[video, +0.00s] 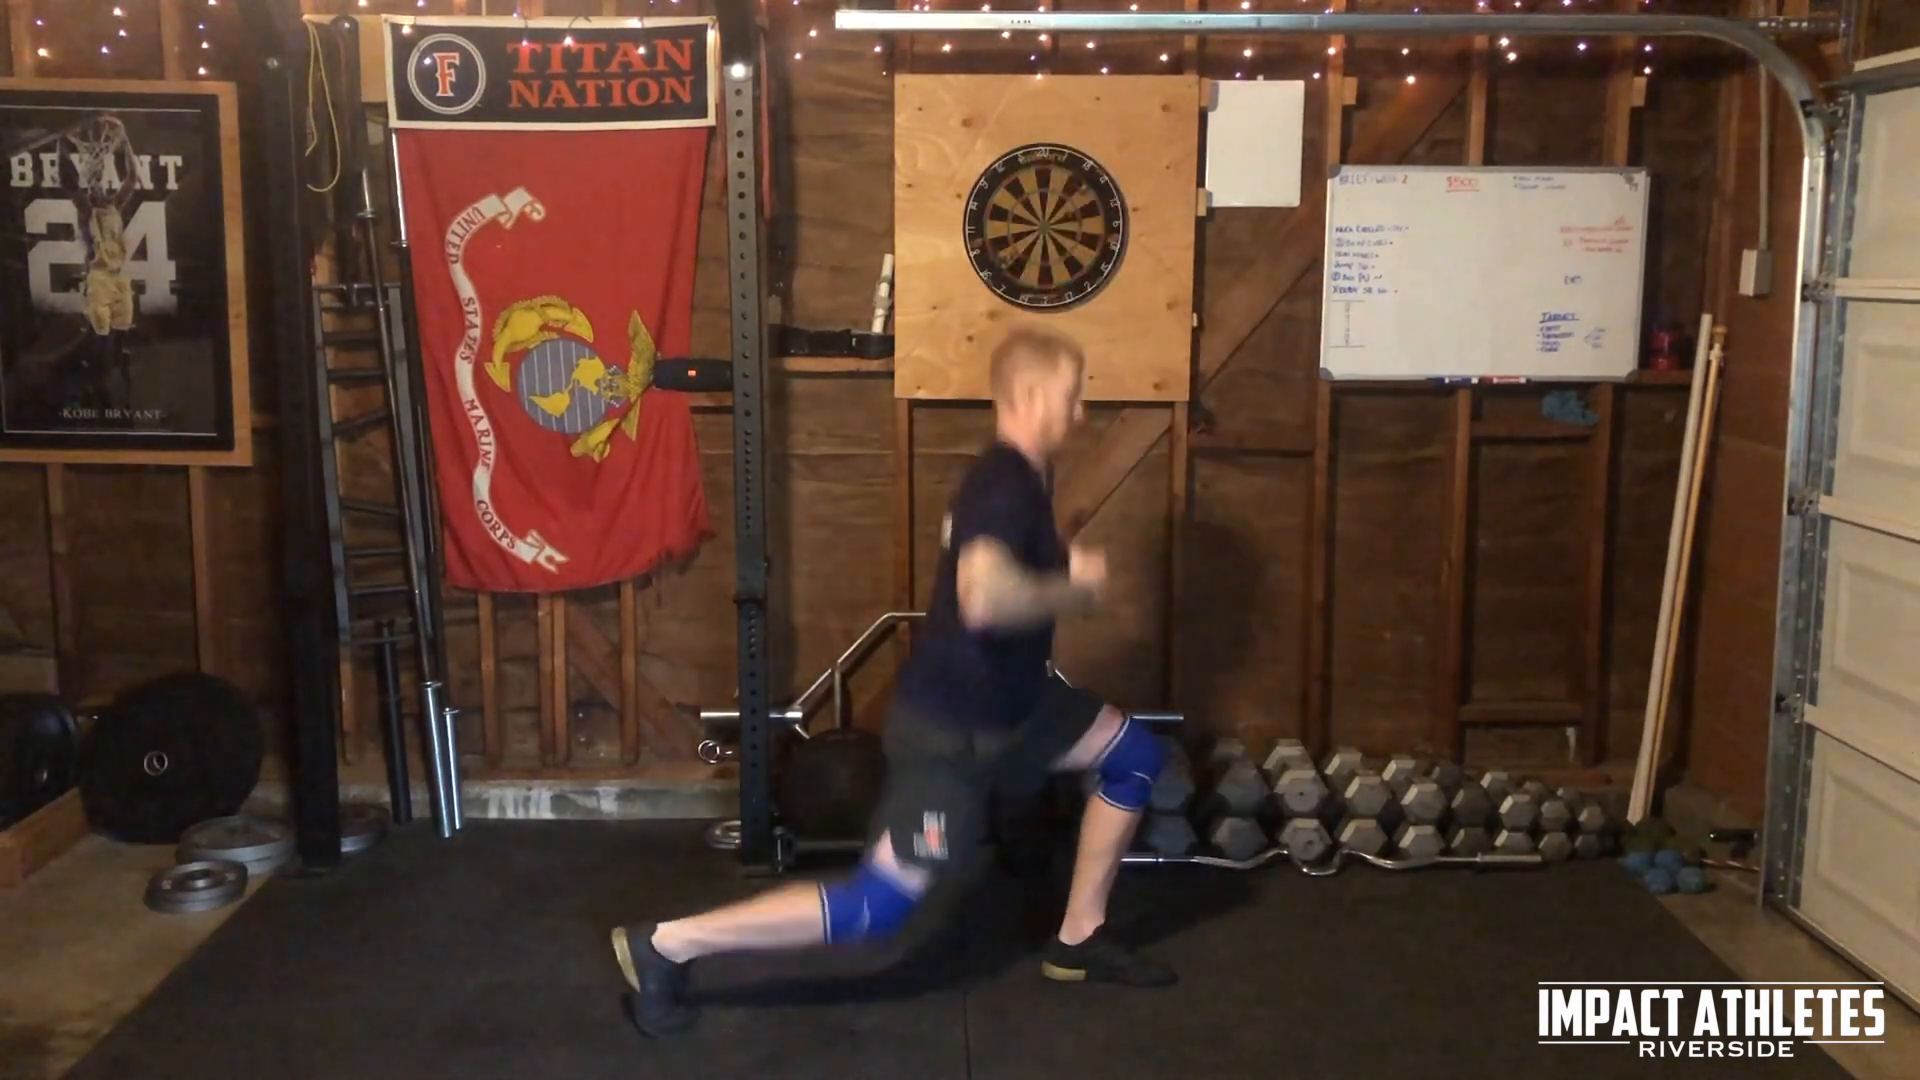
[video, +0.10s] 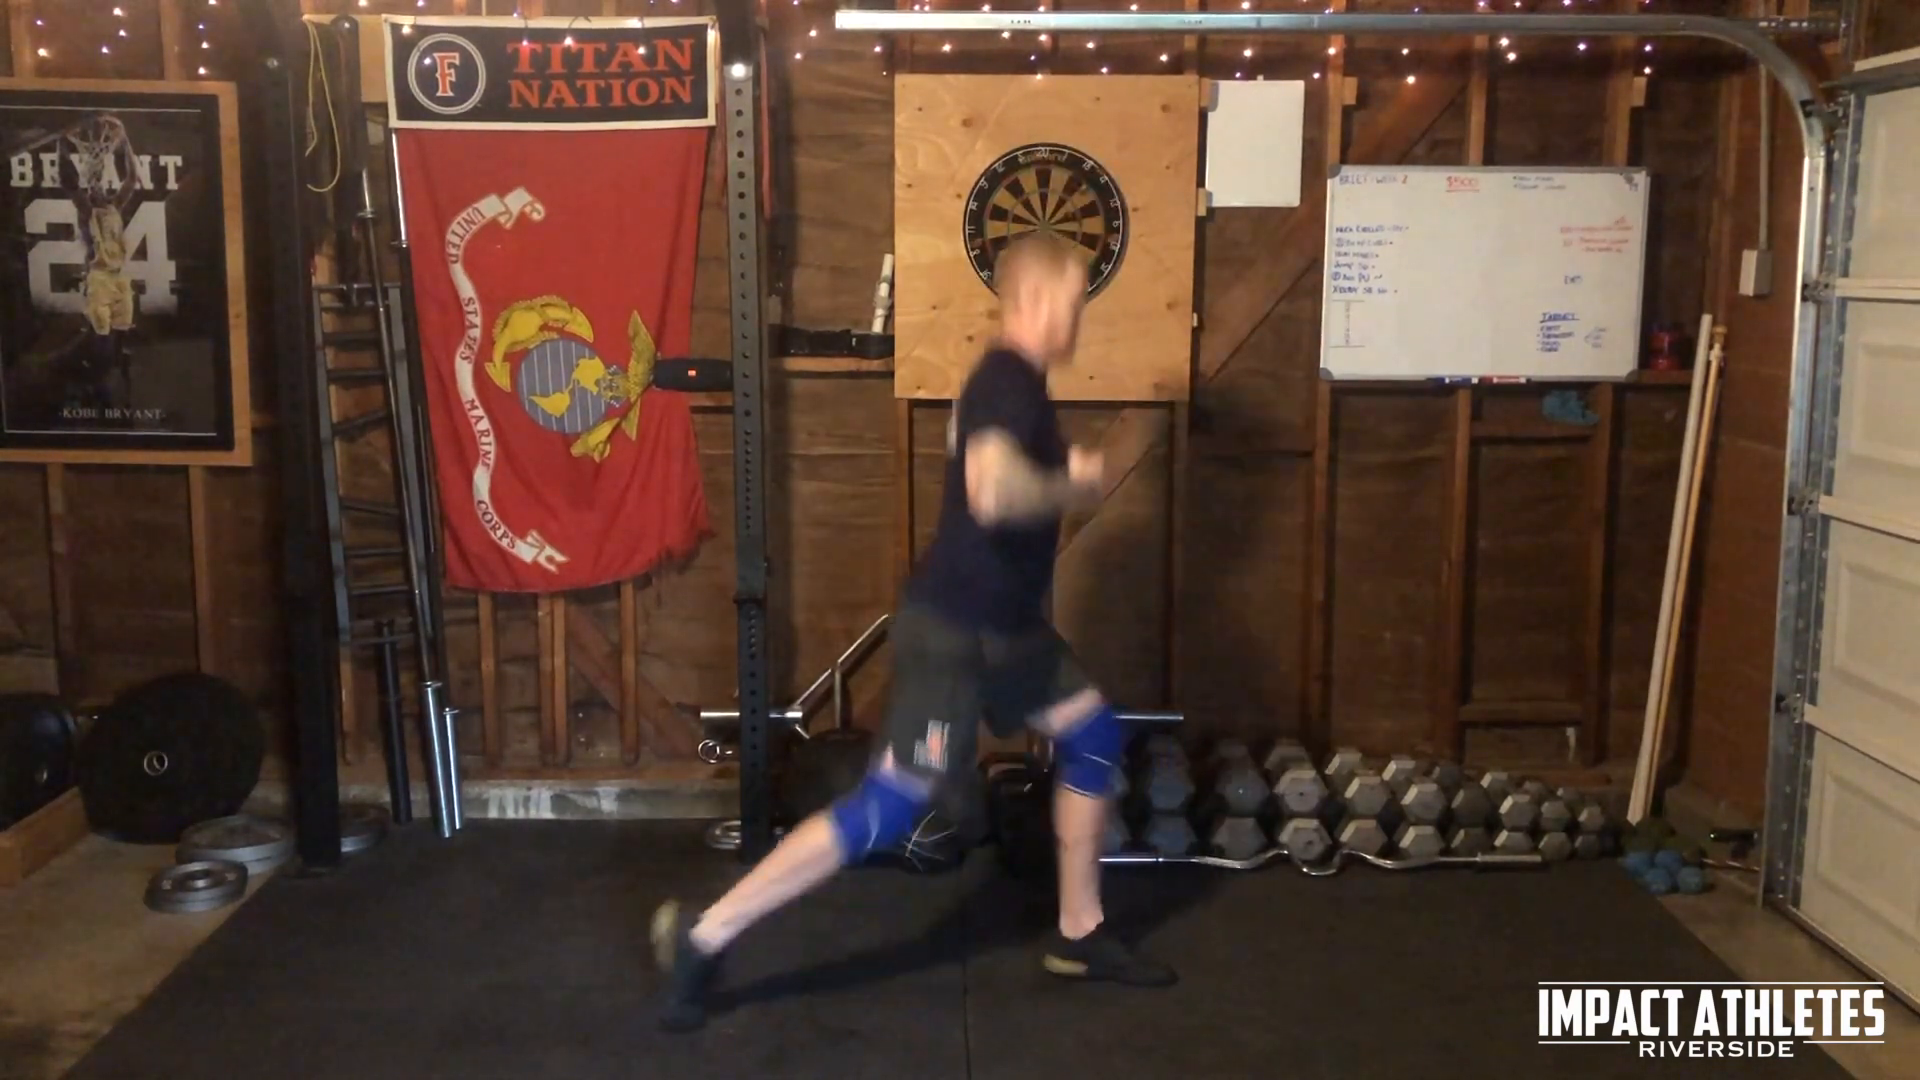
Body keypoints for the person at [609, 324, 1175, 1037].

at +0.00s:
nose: (1079, 411)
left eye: (1078, 395)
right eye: (1072, 395)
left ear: (1021, 399)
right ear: (1027, 399)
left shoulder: (1024, 475)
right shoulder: (1003, 481)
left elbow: (962, 542)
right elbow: (984, 598)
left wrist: (1060, 565)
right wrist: (1073, 588)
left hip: (1015, 698)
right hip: (947, 717)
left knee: (1136, 756)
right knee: (882, 902)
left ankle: (1080, 934)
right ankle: (663, 944)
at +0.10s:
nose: (1079, 317)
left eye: (1080, 300)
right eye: (1070, 300)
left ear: (1039, 303)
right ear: (1030, 300)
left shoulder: (1028, 384)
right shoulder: (1002, 378)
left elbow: (1012, 488)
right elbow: (993, 488)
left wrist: (1068, 476)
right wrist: (1076, 480)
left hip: (1009, 628)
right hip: (949, 627)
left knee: (1093, 739)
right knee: (894, 804)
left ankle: (1081, 929)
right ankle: (702, 935)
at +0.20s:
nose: (1097, 245)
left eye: (1099, 229)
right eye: (1090, 226)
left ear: (1042, 226)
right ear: (1043, 221)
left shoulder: (1031, 304)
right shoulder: (1009, 295)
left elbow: (999, 406)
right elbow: (987, 405)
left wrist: (1059, 411)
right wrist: (1070, 416)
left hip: (995, 548)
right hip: (949, 546)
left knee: (1034, 713)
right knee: (944, 741)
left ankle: (1009, 892)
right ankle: (777, 896)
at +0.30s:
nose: (1102, 222)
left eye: (1105, 205)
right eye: (1098, 203)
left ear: (1040, 193)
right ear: (1055, 192)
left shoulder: (1016, 267)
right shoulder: (1020, 264)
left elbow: (978, 372)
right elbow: (975, 370)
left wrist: (1050, 391)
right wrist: (1065, 401)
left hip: (951, 510)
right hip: (951, 515)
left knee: (969, 694)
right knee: (1000, 711)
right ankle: (890, 899)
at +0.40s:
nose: (1101, 248)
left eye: (1105, 230)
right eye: (1098, 228)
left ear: (1039, 219)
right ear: (1057, 219)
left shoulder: (1016, 287)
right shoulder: (1015, 287)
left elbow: (973, 390)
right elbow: (969, 390)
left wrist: (1055, 418)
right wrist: (1060, 428)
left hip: (927, 531)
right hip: (954, 541)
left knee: (928, 722)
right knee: (1047, 722)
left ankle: (764, 832)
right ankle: (1004, 927)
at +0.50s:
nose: (1098, 314)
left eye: (1100, 298)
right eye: (1093, 297)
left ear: (1041, 289)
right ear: (1053, 290)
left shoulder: (1010, 356)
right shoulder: (1014, 361)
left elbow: (961, 420)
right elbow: (978, 461)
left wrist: (1048, 484)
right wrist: (1070, 496)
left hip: (922, 599)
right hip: (951, 607)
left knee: (873, 782)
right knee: (1079, 769)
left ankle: (699, 873)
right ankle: (1066, 977)